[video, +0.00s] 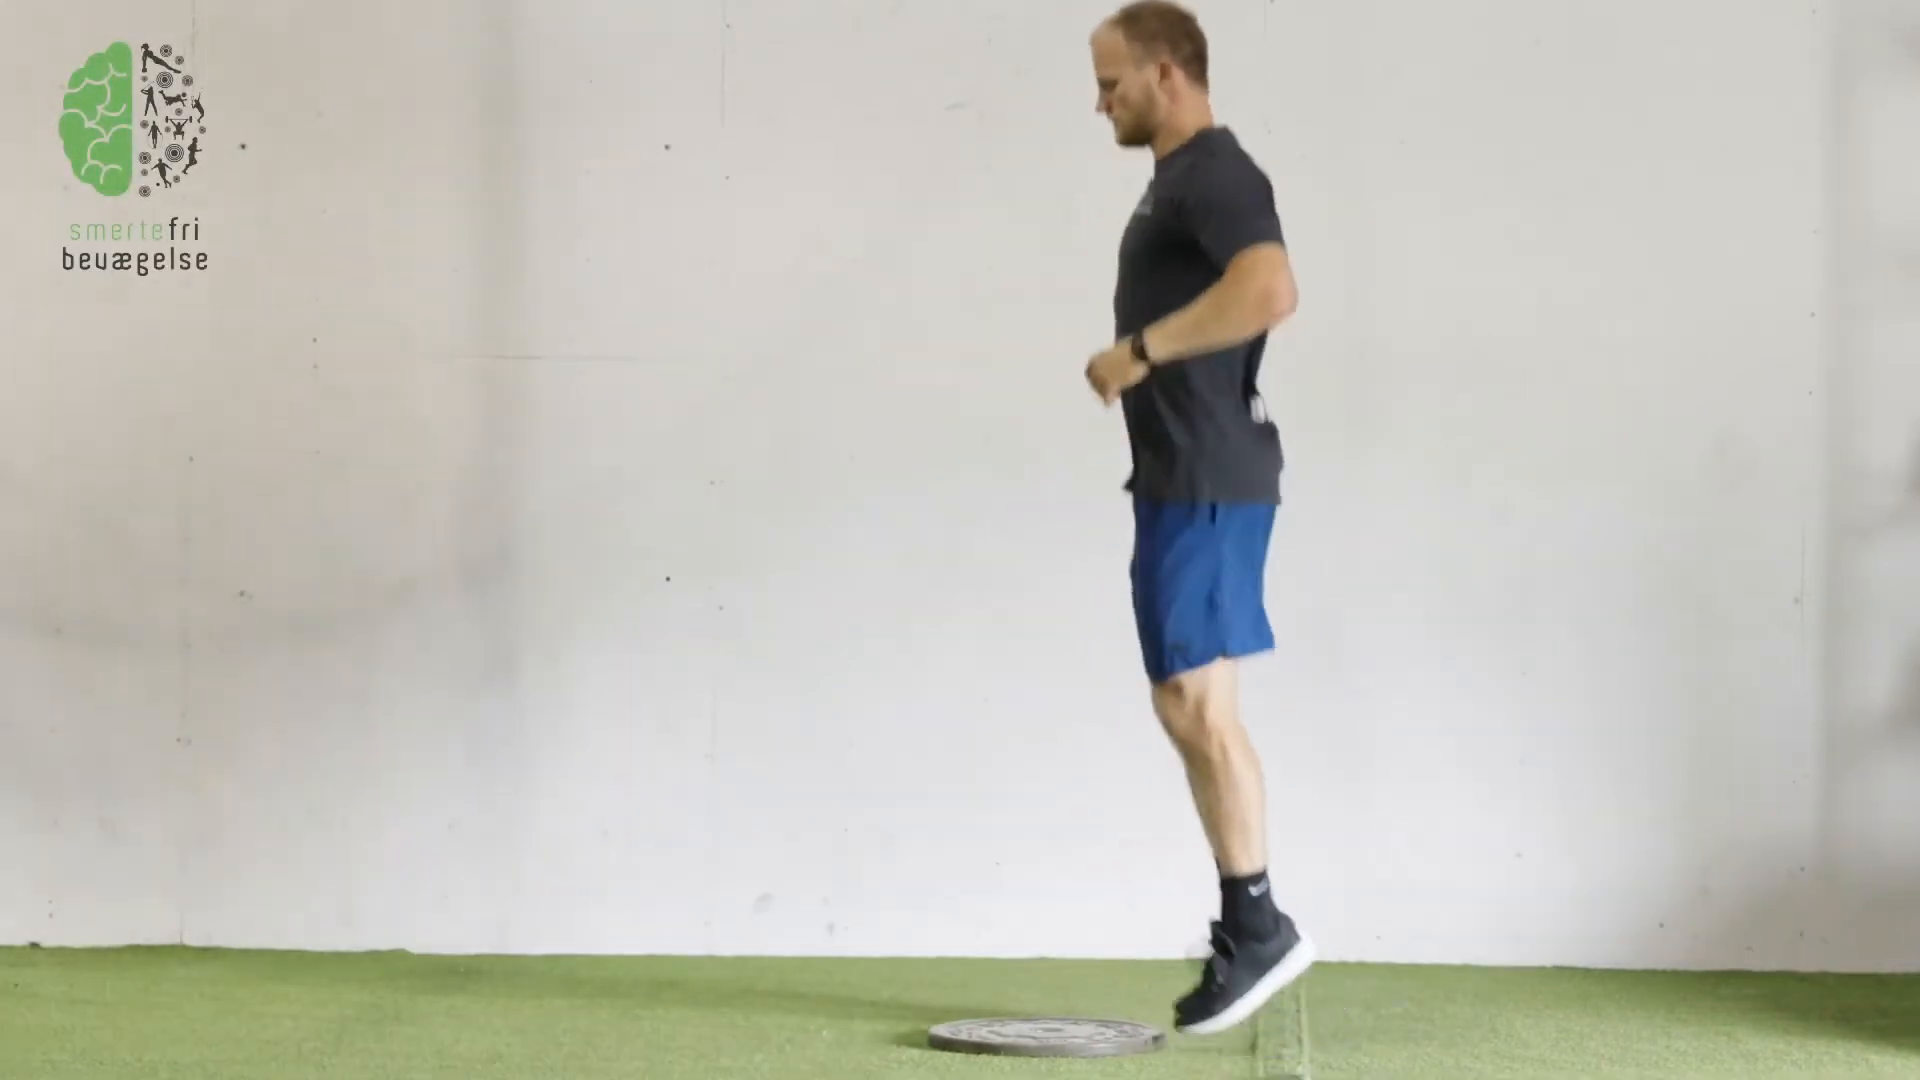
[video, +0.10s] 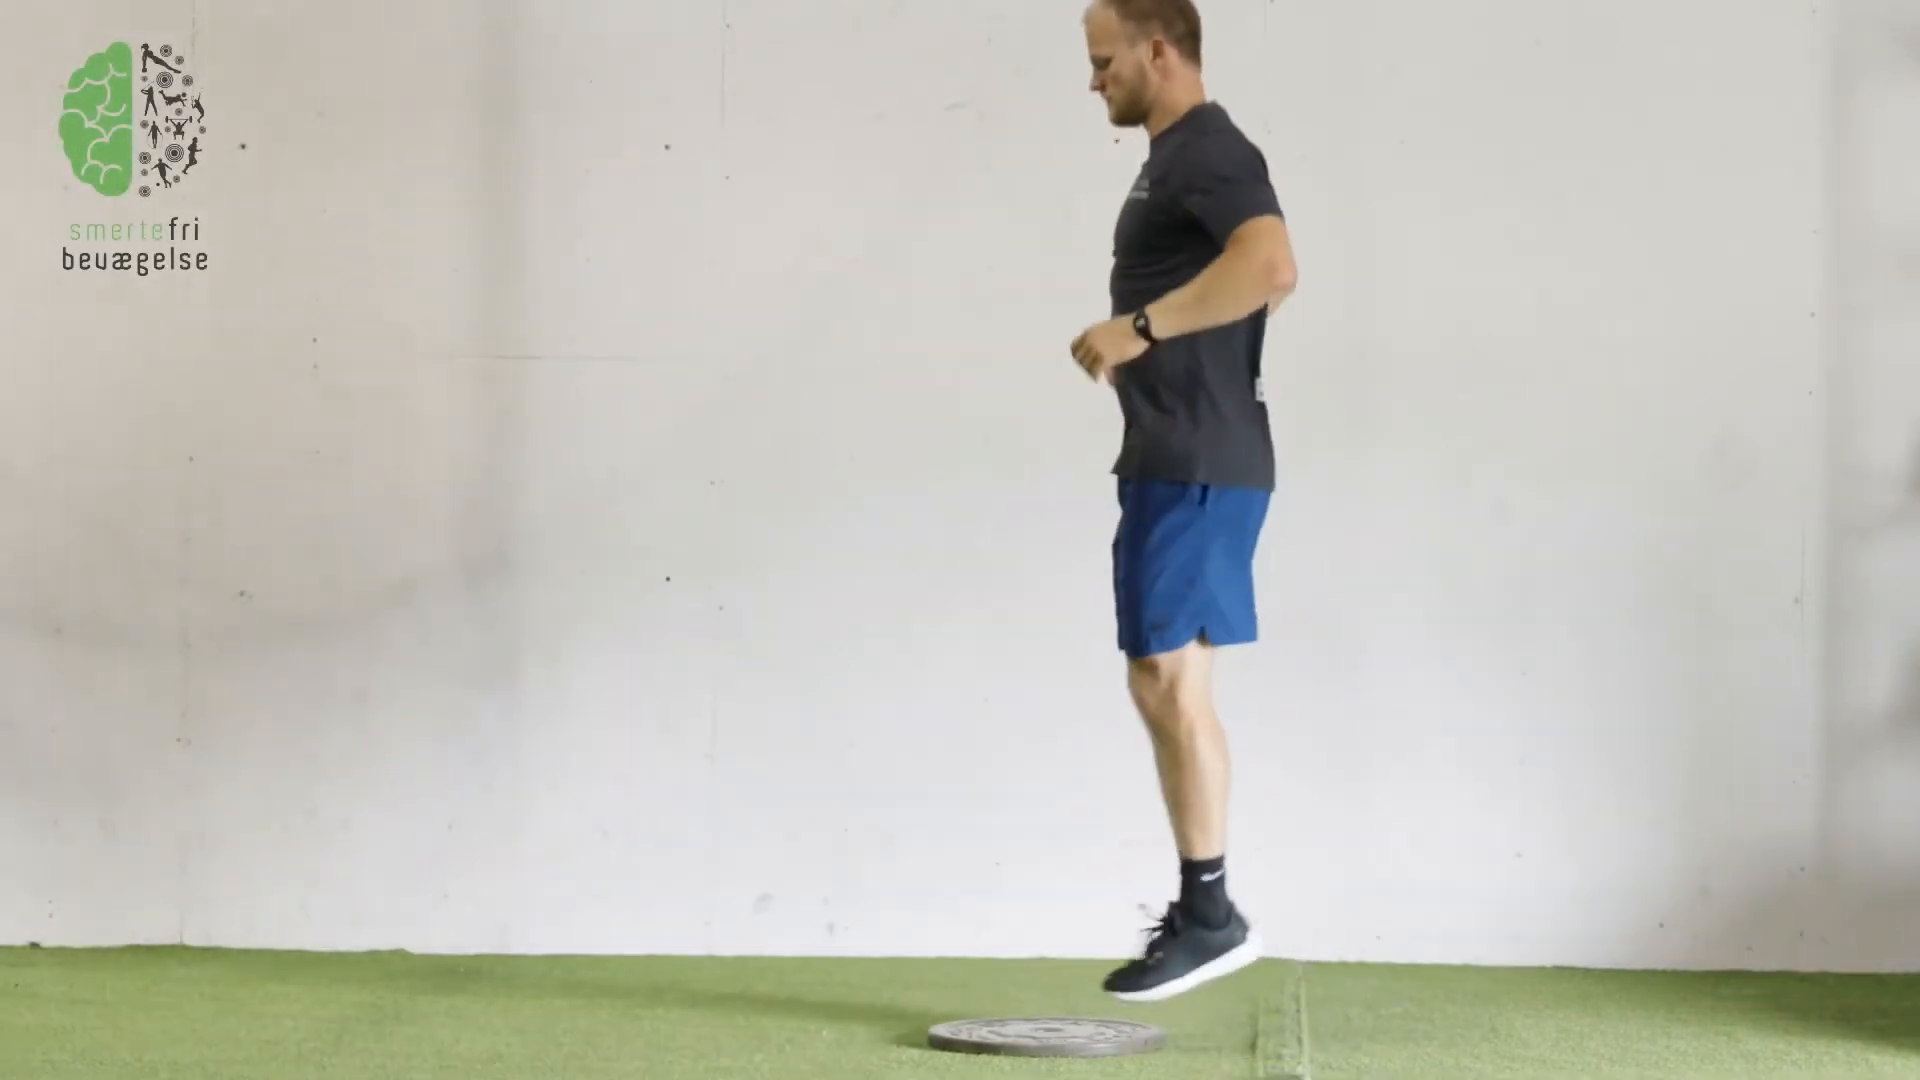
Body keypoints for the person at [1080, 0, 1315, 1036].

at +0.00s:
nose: (1100, 103)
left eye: (1110, 83)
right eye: (1098, 85)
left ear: (1168, 76)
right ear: (1160, 79)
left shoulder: (1213, 168)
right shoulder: (1190, 172)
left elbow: (1266, 290)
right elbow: (1250, 296)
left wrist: (1141, 350)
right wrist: (1147, 358)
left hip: (1206, 486)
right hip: (1186, 486)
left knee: (1196, 704)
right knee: (1190, 705)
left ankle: (1254, 927)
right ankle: (1248, 925)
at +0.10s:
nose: (1095, 80)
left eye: (1102, 59)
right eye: (1092, 63)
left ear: (1160, 51)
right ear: (1157, 55)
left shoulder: (1208, 145)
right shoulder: (1183, 151)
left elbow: (1269, 265)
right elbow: (1263, 274)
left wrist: (1141, 326)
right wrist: (1147, 335)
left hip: (1196, 467)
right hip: (1174, 465)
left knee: (1173, 683)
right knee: (1160, 683)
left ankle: (1207, 910)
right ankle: (1202, 907)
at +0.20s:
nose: (1091, 109)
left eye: (1100, 89)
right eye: (1090, 91)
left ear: (1157, 80)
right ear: (1154, 83)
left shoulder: (1207, 175)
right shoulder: (1177, 181)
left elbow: (1260, 301)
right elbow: (1233, 312)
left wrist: (1138, 375)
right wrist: (1137, 383)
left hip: (1191, 494)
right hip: (1165, 489)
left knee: (1150, 709)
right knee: (1140, 711)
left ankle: (1184, 946)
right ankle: (1180, 941)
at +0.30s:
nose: (1094, 178)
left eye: (1104, 159)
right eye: (1093, 160)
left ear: (1160, 153)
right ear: (1160, 157)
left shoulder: (1203, 257)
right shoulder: (1177, 256)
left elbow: (1249, 397)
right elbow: (1237, 403)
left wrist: (1136, 490)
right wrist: (1139, 499)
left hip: (1177, 569)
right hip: (1181, 565)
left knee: (1108, 775)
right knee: (1117, 773)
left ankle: (1194, 989)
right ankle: (1188, 983)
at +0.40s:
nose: (1095, 148)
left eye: (1104, 129)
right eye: (1094, 130)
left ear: (1159, 122)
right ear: (1156, 127)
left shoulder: (1206, 224)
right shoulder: (1178, 226)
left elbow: (1260, 362)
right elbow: (1249, 369)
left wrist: (1166, 475)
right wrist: (1156, 479)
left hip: (1192, 533)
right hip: (1175, 530)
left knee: (1151, 741)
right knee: (1142, 741)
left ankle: (1193, 971)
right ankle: (1188, 966)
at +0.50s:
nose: (1098, 104)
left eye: (1108, 85)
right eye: (1096, 87)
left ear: (1164, 76)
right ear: (1161, 81)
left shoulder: (1208, 172)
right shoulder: (1185, 178)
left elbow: (1285, 291)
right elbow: (1264, 297)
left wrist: (1207, 409)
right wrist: (1192, 415)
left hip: (1209, 486)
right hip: (1196, 483)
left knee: (1180, 703)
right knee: (1181, 704)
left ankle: (1247, 931)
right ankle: (1239, 925)